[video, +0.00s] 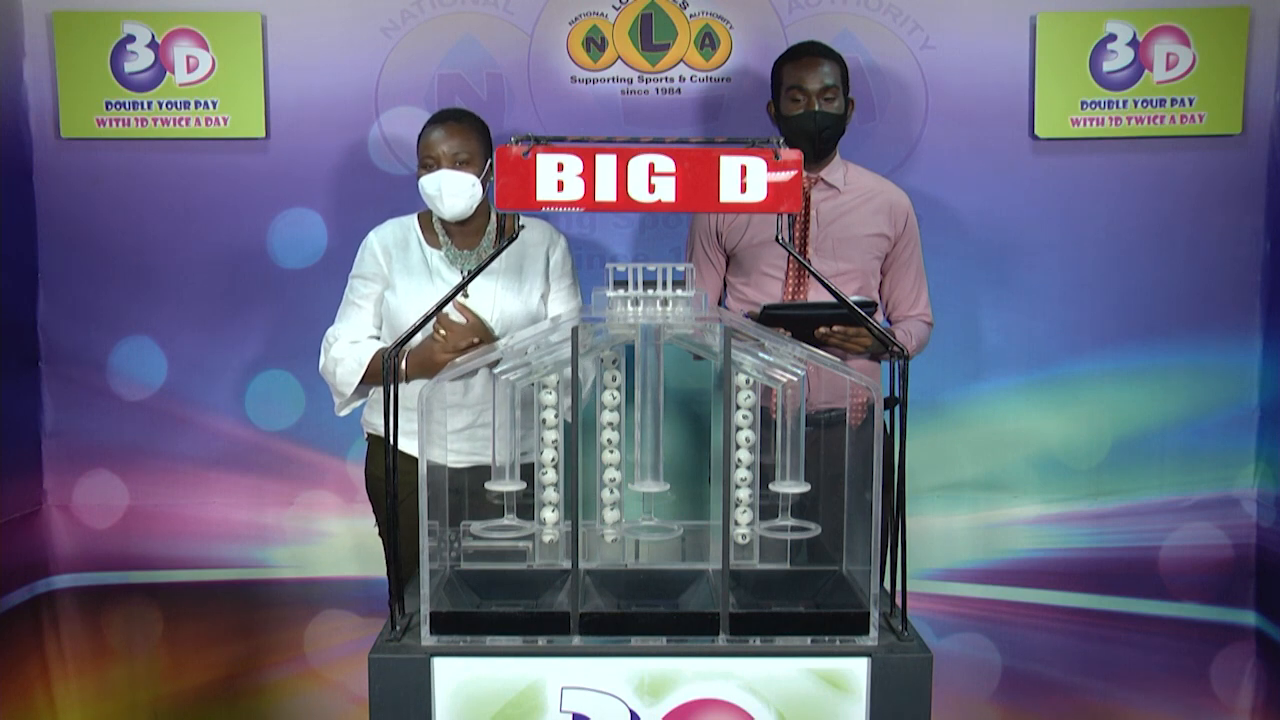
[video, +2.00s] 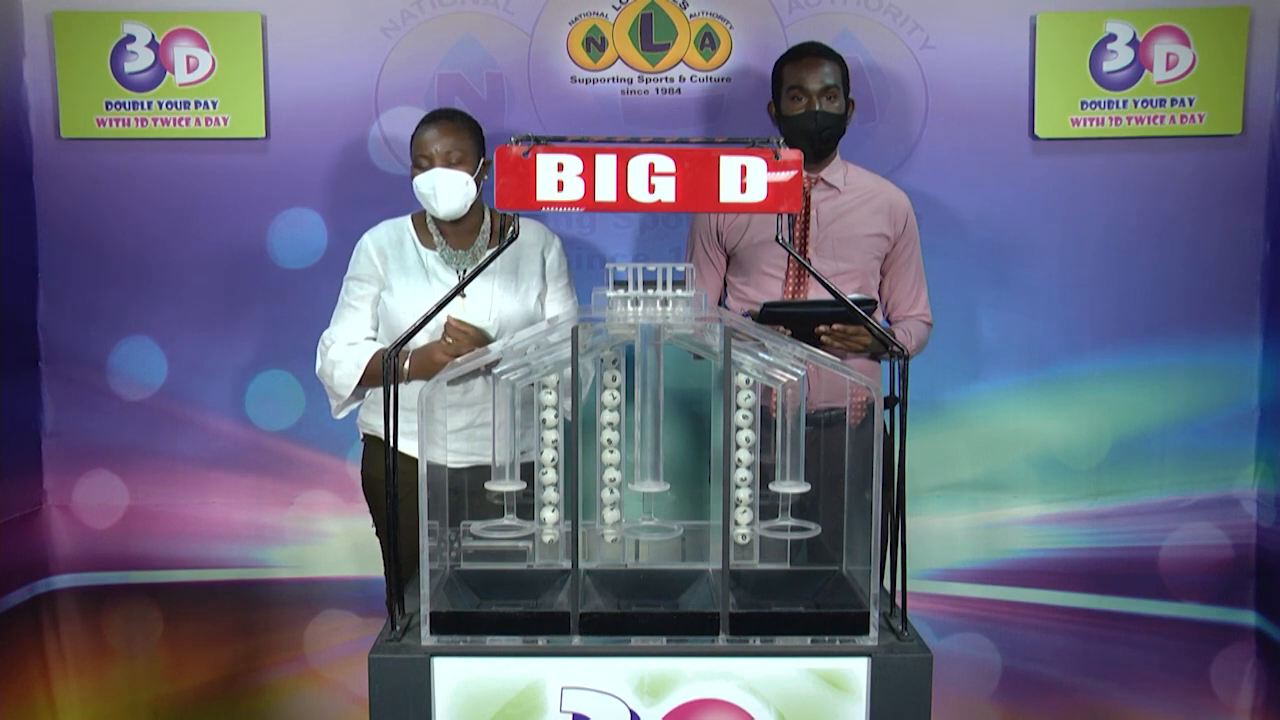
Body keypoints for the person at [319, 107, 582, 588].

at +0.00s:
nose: (447, 180)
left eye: (462, 164)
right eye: (433, 166)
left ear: (489, 166)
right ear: (419, 171)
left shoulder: (543, 246)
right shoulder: (385, 246)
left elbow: (569, 360)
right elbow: (340, 359)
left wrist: (494, 351)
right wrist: (417, 361)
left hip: (510, 463)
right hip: (407, 463)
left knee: (504, 619)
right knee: (415, 617)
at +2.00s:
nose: (441, 178)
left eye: (455, 162)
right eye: (427, 165)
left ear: (481, 167)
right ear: (413, 173)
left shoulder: (537, 246)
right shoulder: (380, 248)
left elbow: (567, 350)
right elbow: (336, 360)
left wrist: (494, 355)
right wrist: (418, 361)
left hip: (505, 462)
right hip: (404, 462)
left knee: (500, 614)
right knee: (414, 612)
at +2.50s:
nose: (440, 178)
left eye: (455, 163)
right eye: (427, 165)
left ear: (484, 167)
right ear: (415, 171)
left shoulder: (539, 247)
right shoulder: (383, 247)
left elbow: (568, 360)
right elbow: (337, 359)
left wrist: (493, 358)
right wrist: (416, 362)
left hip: (506, 465)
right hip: (403, 465)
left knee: (499, 619)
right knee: (414, 616)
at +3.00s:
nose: (444, 180)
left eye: (459, 164)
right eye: (430, 165)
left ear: (486, 167)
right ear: (417, 169)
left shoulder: (539, 247)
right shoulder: (382, 248)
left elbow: (568, 361)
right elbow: (338, 360)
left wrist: (494, 359)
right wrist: (414, 361)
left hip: (507, 466)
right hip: (404, 466)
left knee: (502, 619)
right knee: (416, 618)